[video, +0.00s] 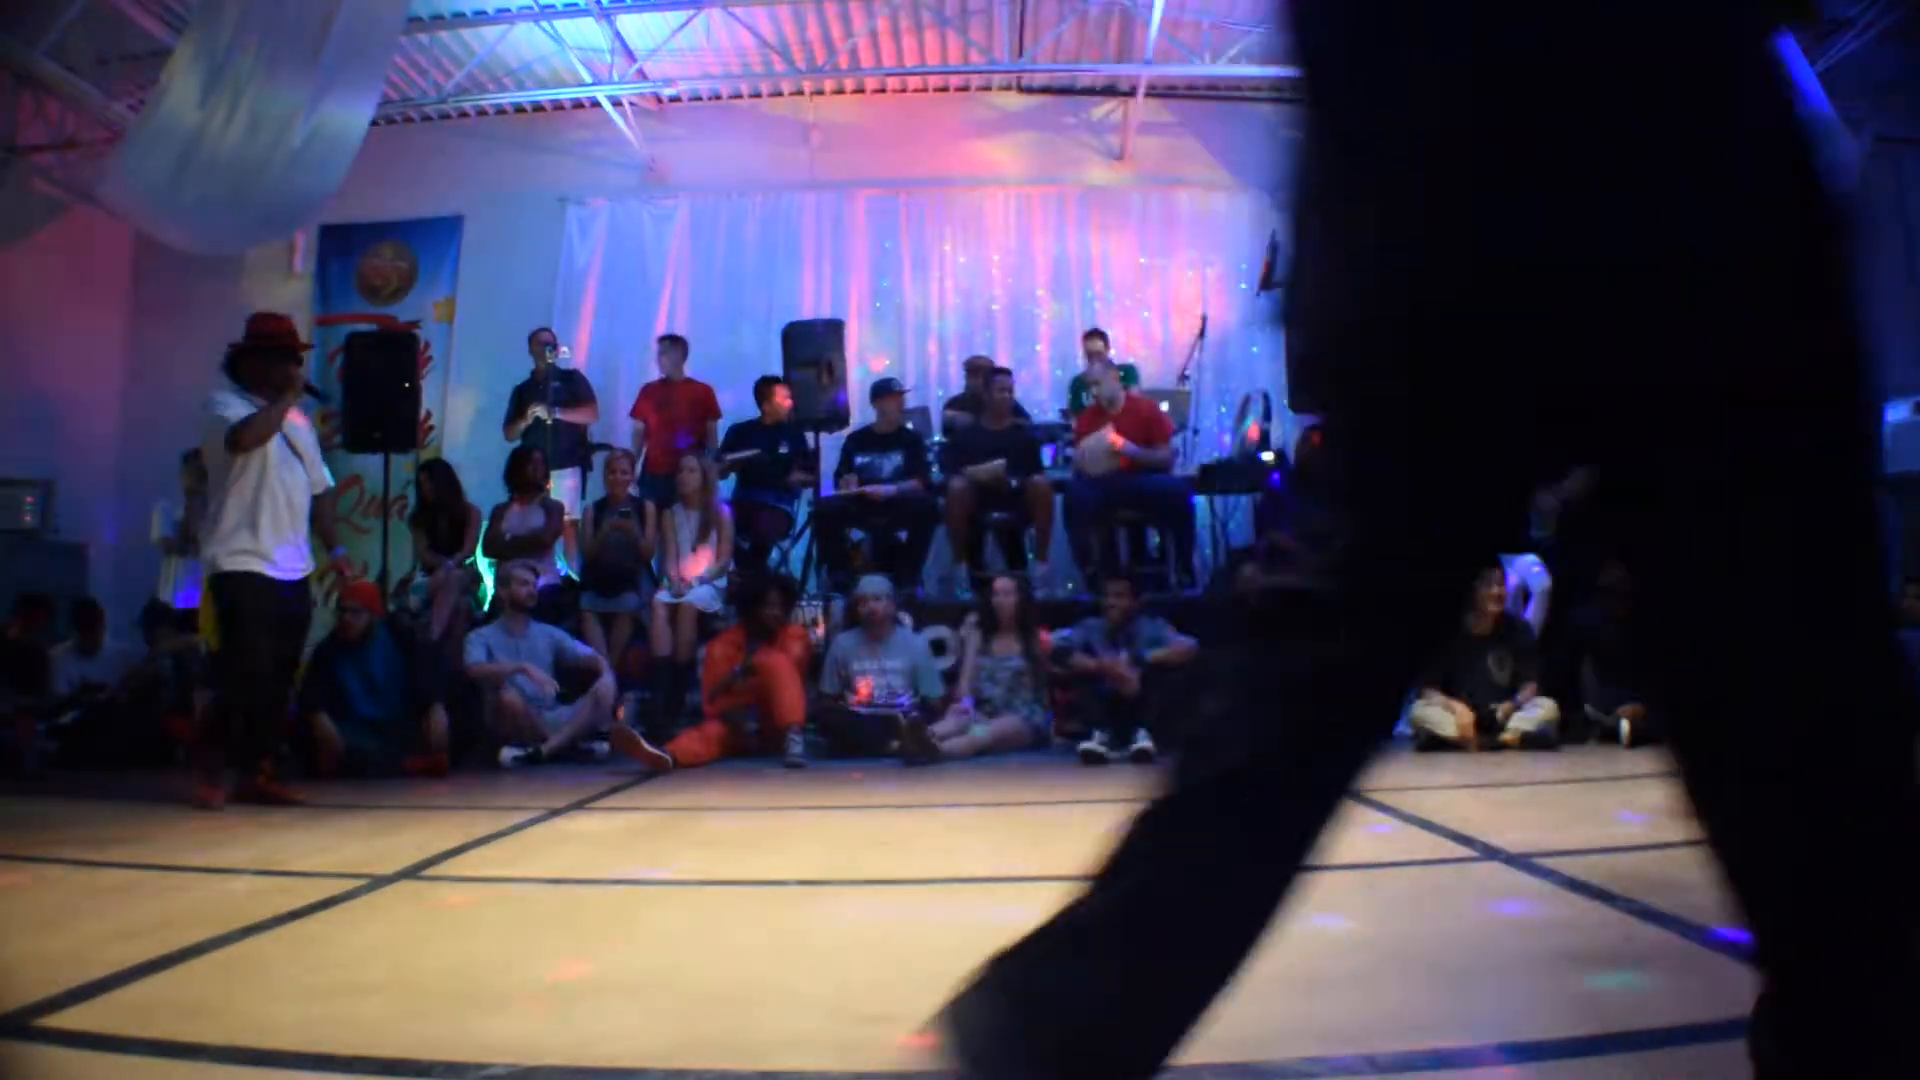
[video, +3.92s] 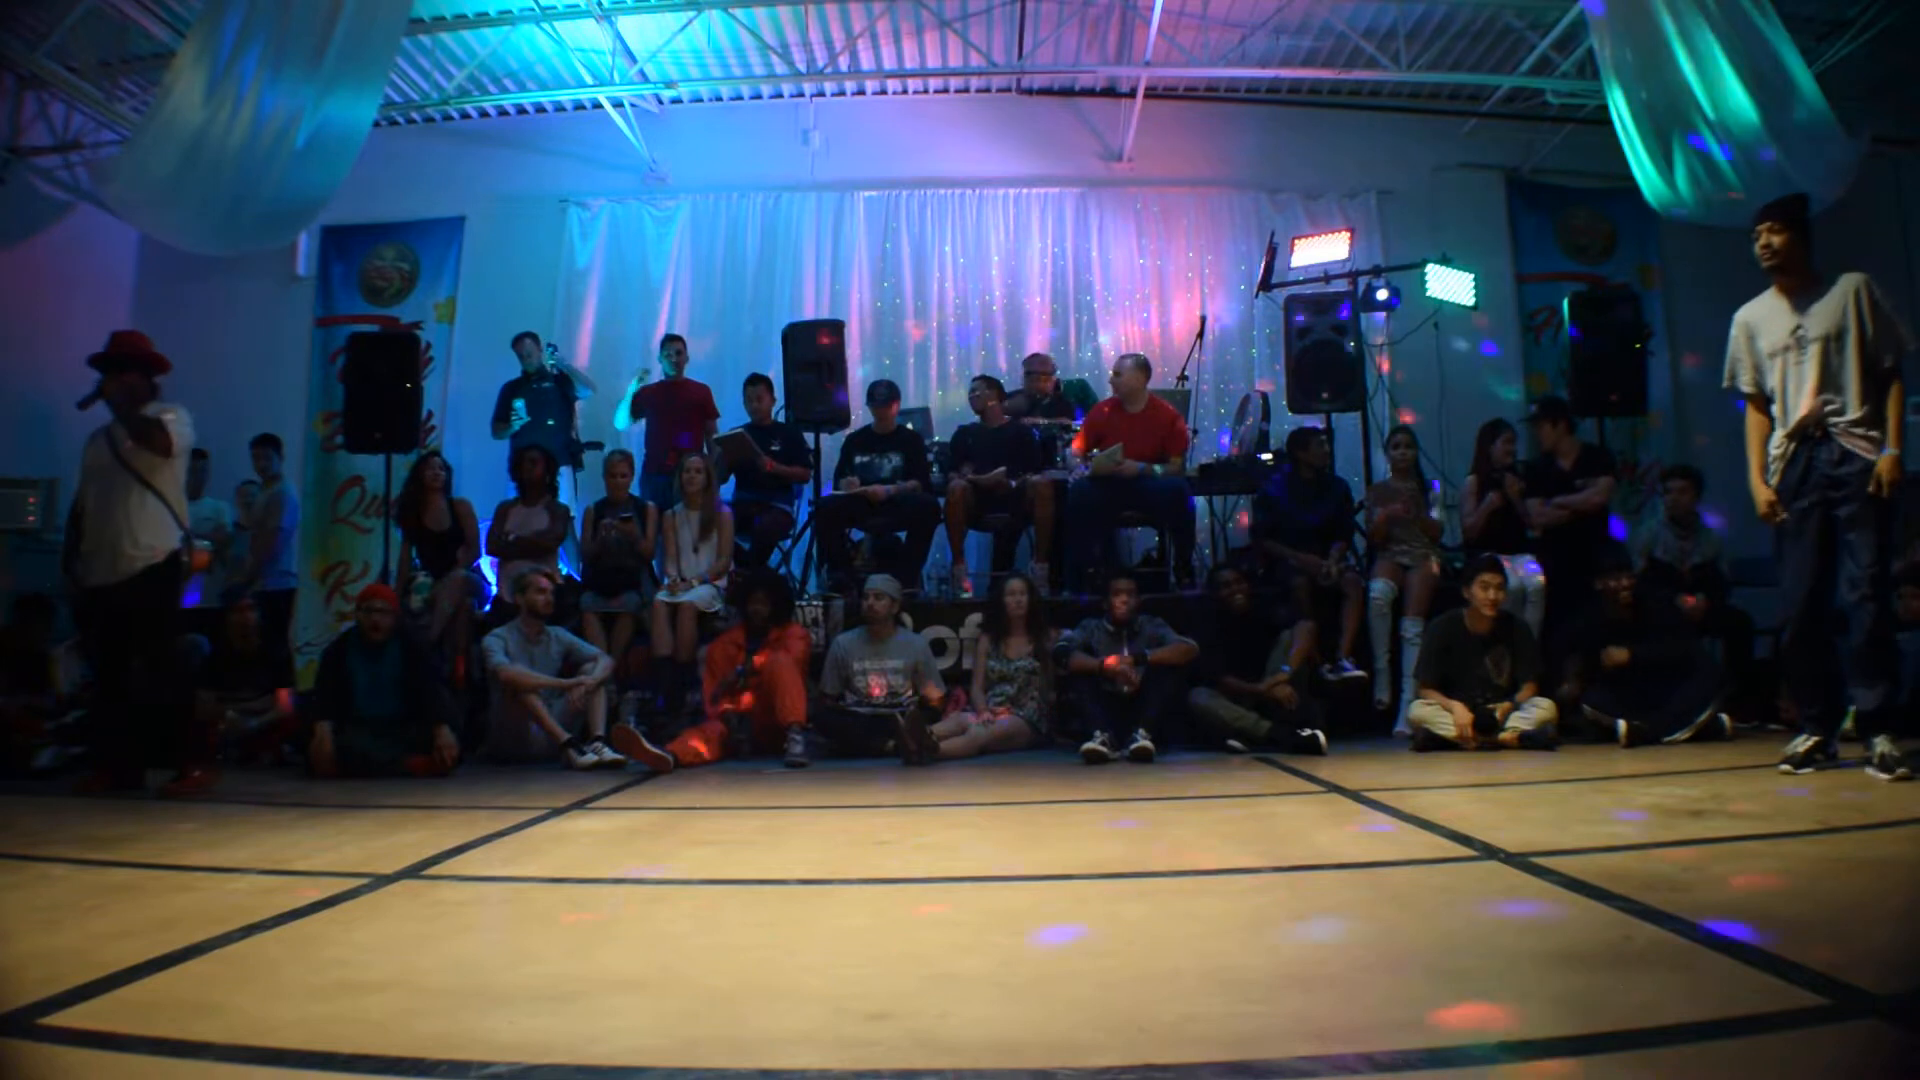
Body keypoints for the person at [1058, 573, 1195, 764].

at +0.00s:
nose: (1112, 603)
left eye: (1119, 597)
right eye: (1108, 596)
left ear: (1133, 602)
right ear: (1103, 601)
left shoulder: (1150, 628)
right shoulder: (1093, 629)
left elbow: (1188, 647)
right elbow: (1058, 648)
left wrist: (1143, 659)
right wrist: (1106, 668)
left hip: (1144, 698)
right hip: (1105, 698)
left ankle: (1144, 733)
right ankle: (1100, 734)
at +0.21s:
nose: (1122, 602)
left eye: (1127, 596)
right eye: (1117, 595)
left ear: (1138, 600)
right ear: (1110, 599)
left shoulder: (1153, 627)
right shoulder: (1098, 627)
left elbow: (1192, 649)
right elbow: (1064, 646)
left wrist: (1146, 660)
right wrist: (1110, 668)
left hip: (1146, 693)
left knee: (1167, 675)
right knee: (1093, 676)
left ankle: (1145, 733)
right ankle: (1101, 734)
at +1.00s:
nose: (1146, 603)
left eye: (1147, 596)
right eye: (1139, 598)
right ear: (1119, 604)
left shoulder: (1154, 626)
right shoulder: (1095, 630)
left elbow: (1191, 650)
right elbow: (1067, 655)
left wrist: (1141, 658)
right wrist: (1111, 665)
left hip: (1146, 700)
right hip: (1107, 702)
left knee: (1171, 671)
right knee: (1085, 677)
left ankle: (1143, 734)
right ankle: (1101, 734)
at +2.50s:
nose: (1122, 601)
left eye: (1128, 595)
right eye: (1117, 595)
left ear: (1137, 600)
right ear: (1108, 600)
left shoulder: (1152, 627)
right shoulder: (1094, 627)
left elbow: (1191, 650)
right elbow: (1063, 652)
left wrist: (1143, 659)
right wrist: (1111, 668)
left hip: (1144, 700)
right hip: (1104, 700)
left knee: (1168, 669)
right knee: (1086, 672)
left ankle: (1143, 733)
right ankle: (1101, 734)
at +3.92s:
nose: (1123, 601)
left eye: (1129, 595)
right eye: (1117, 595)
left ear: (1137, 601)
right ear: (1108, 600)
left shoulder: (1150, 626)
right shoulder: (1092, 628)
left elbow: (1189, 649)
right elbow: (1061, 653)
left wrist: (1138, 659)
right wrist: (1105, 665)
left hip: (1143, 703)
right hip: (1104, 703)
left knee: (1164, 667)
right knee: (1081, 675)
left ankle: (1143, 734)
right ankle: (1101, 735)